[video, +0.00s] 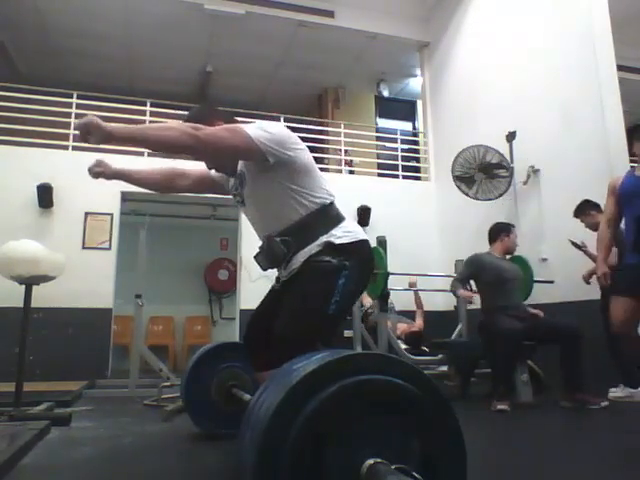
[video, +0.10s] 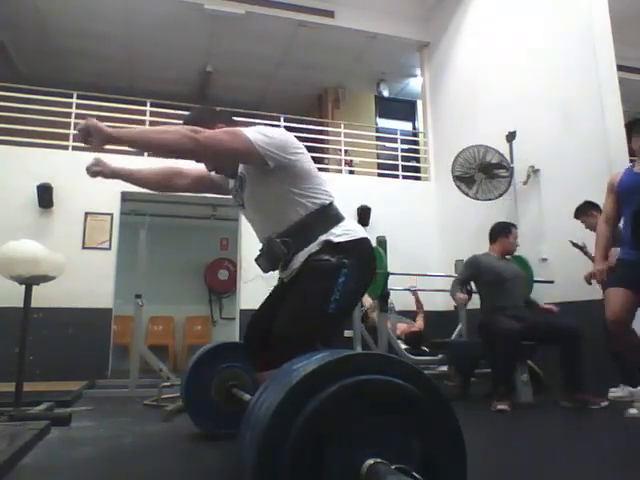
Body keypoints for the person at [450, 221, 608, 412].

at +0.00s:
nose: (517, 242)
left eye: (516, 238)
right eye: (514, 237)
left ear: (504, 238)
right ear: (504, 238)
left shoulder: (512, 266)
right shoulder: (478, 260)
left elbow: (511, 300)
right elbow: (456, 283)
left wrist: (528, 310)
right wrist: (461, 292)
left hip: (519, 316)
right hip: (496, 317)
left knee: (570, 332)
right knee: (507, 337)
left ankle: (573, 392)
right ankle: (501, 397)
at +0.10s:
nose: (517, 243)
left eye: (517, 239)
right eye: (514, 238)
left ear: (505, 239)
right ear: (501, 238)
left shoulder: (513, 265)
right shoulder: (478, 261)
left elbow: (520, 297)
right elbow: (457, 284)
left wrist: (540, 307)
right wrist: (458, 294)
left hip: (523, 316)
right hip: (497, 317)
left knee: (570, 331)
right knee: (506, 335)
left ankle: (573, 392)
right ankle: (501, 397)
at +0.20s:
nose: (517, 243)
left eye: (517, 239)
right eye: (514, 238)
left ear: (505, 239)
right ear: (500, 239)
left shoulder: (514, 265)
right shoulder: (478, 262)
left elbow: (525, 293)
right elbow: (459, 286)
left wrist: (551, 302)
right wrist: (461, 298)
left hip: (520, 315)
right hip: (494, 316)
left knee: (569, 329)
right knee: (507, 334)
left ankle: (573, 393)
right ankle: (502, 397)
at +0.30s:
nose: (518, 242)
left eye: (518, 238)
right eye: (514, 238)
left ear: (505, 239)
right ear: (501, 238)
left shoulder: (515, 264)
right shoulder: (478, 262)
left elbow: (528, 291)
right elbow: (459, 288)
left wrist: (555, 301)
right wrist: (464, 304)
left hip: (519, 315)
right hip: (493, 316)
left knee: (568, 329)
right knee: (508, 333)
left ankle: (572, 392)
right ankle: (501, 397)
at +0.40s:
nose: (519, 242)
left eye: (519, 238)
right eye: (515, 238)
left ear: (505, 239)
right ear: (502, 238)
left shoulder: (517, 264)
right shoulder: (479, 262)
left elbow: (528, 291)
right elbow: (461, 287)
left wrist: (553, 302)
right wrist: (460, 308)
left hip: (521, 317)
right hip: (493, 317)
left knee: (569, 328)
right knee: (508, 333)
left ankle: (572, 392)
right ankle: (501, 397)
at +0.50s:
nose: (521, 242)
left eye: (521, 238)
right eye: (518, 238)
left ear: (509, 238)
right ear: (504, 238)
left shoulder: (521, 263)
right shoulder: (480, 262)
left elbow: (527, 294)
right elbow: (458, 289)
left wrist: (546, 307)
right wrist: (452, 310)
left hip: (524, 315)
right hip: (496, 316)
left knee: (569, 329)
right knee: (507, 333)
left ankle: (573, 393)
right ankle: (502, 397)